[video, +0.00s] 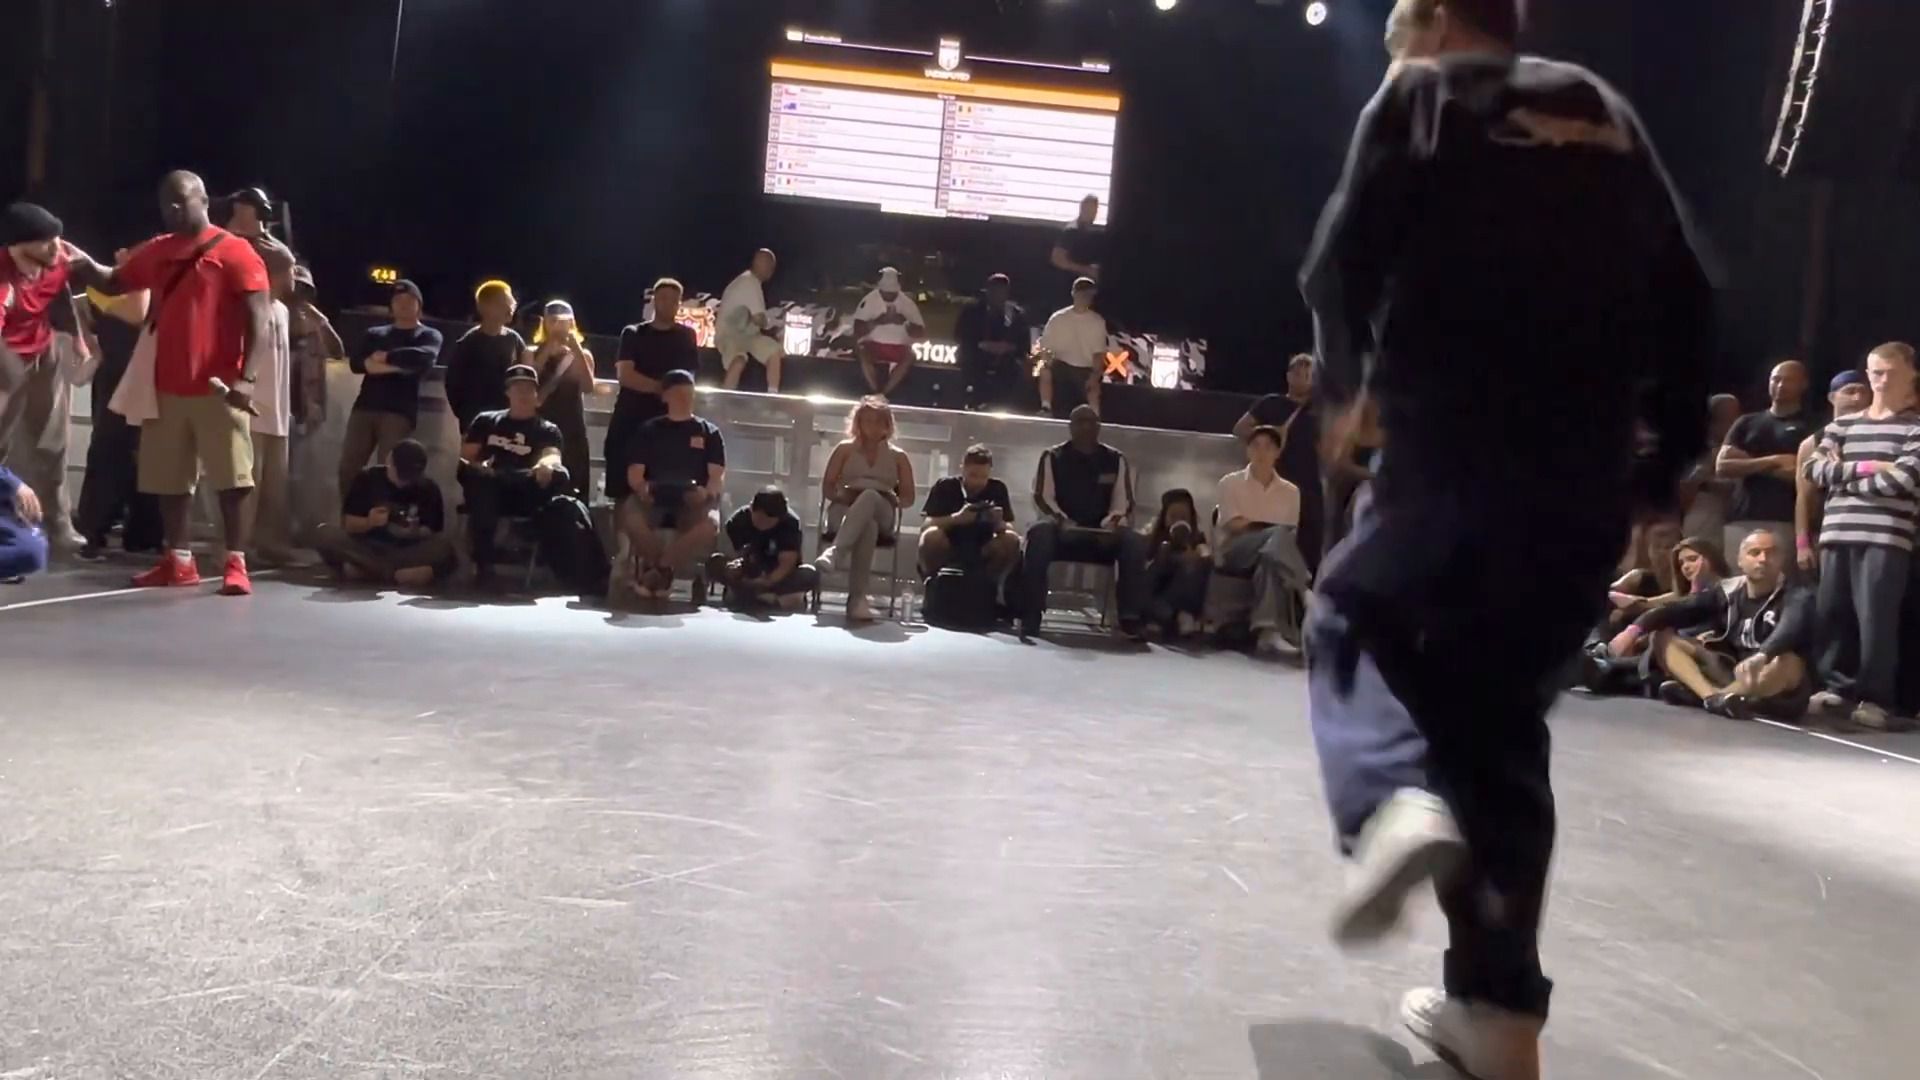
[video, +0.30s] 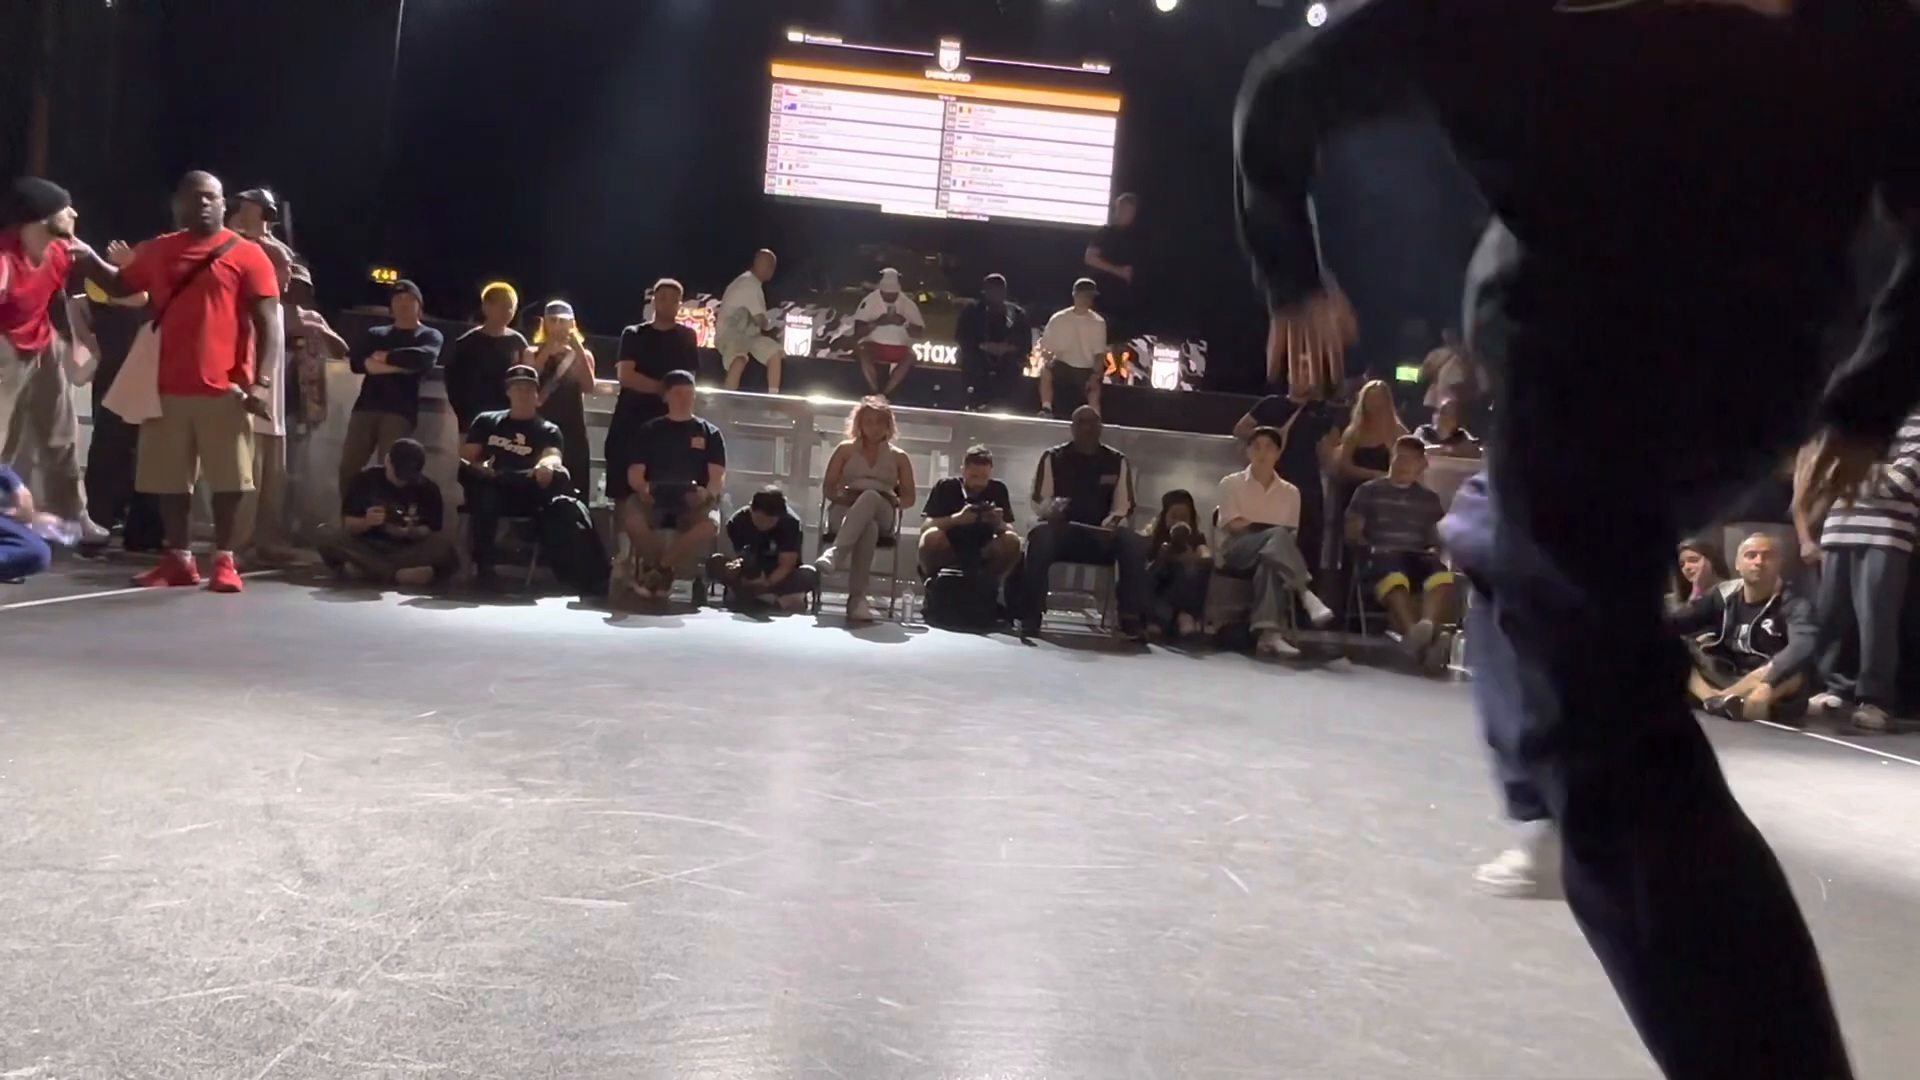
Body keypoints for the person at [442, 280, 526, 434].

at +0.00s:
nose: (511, 308)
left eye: (511, 302)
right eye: (505, 303)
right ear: (486, 308)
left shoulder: (514, 341)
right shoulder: (466, 344)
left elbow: (523, 378)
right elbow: (452, 382)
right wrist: (465, 416)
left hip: (507, 417)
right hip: (473, 418)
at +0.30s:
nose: (509, 312)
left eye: (512, 307)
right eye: (503, 306)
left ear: (515, 310)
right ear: (486, 307)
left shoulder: (518, 342)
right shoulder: (465, 343)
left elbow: (526, 379)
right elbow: (452, 380)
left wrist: (518, 410)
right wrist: (464, 415)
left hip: (509, 416)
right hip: (472, 416)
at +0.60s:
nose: (503, 310)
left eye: (507, 304)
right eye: (497, 303)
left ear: (512, 308)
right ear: (483, 305)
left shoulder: (519, 341)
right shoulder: (462, 341)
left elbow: (526, 380)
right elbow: (453, 378)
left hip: (506, 421)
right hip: (468, 419)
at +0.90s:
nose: (495, 311)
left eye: (500, 306)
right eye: (490, 305)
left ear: (510, 312)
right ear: (482, 309)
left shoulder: (520, 345)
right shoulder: (462, 343)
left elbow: (526, 385)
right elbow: (455, 381)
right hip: (468, 421)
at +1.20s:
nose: (490, 316)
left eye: (496, 311)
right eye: (486, 310)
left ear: (507, 317)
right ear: (480, 312)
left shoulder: (517, 349)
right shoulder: (460, 345)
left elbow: (522, 388)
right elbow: (451, 383)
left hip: (502, 427)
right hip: (464, 423)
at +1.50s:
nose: (484, 319)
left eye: (491, 314)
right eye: (481, 313)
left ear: (503, 320)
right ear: (475, 315)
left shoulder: (511, 352)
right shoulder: (455, 346)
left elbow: (514, 391)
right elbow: (445, 383)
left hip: (494, 426)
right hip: (457, 423)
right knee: (452, 487)